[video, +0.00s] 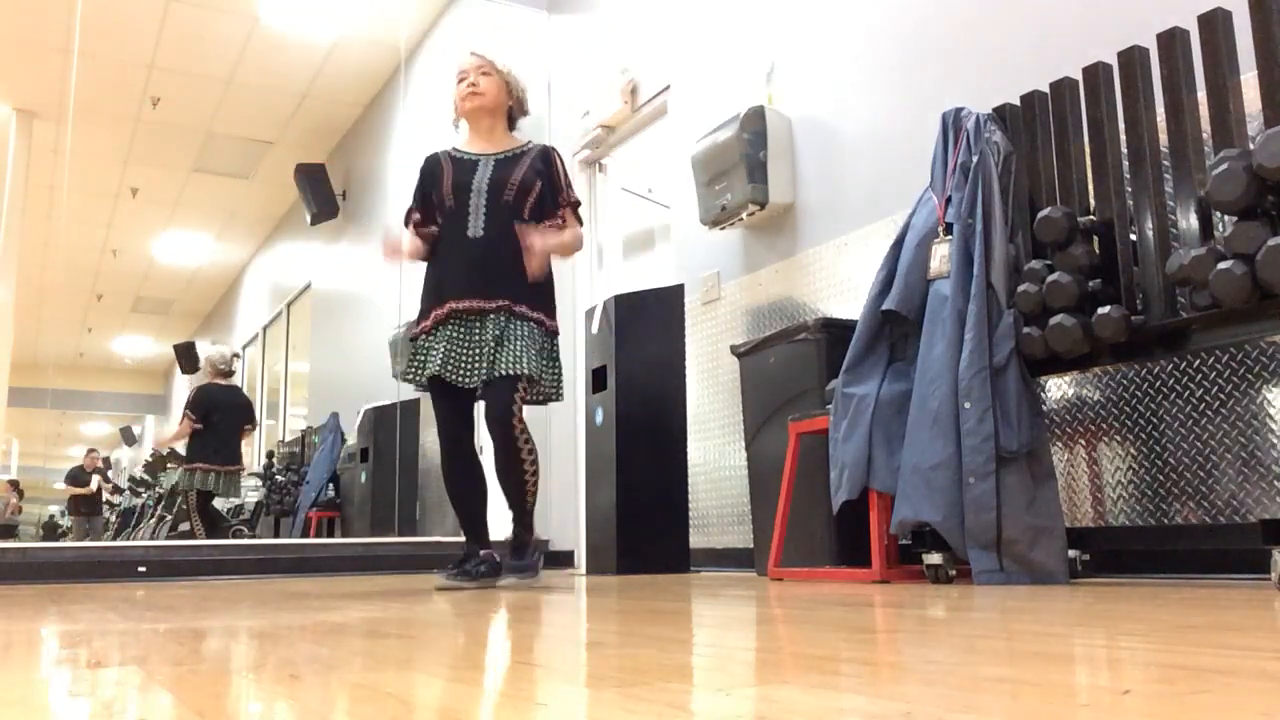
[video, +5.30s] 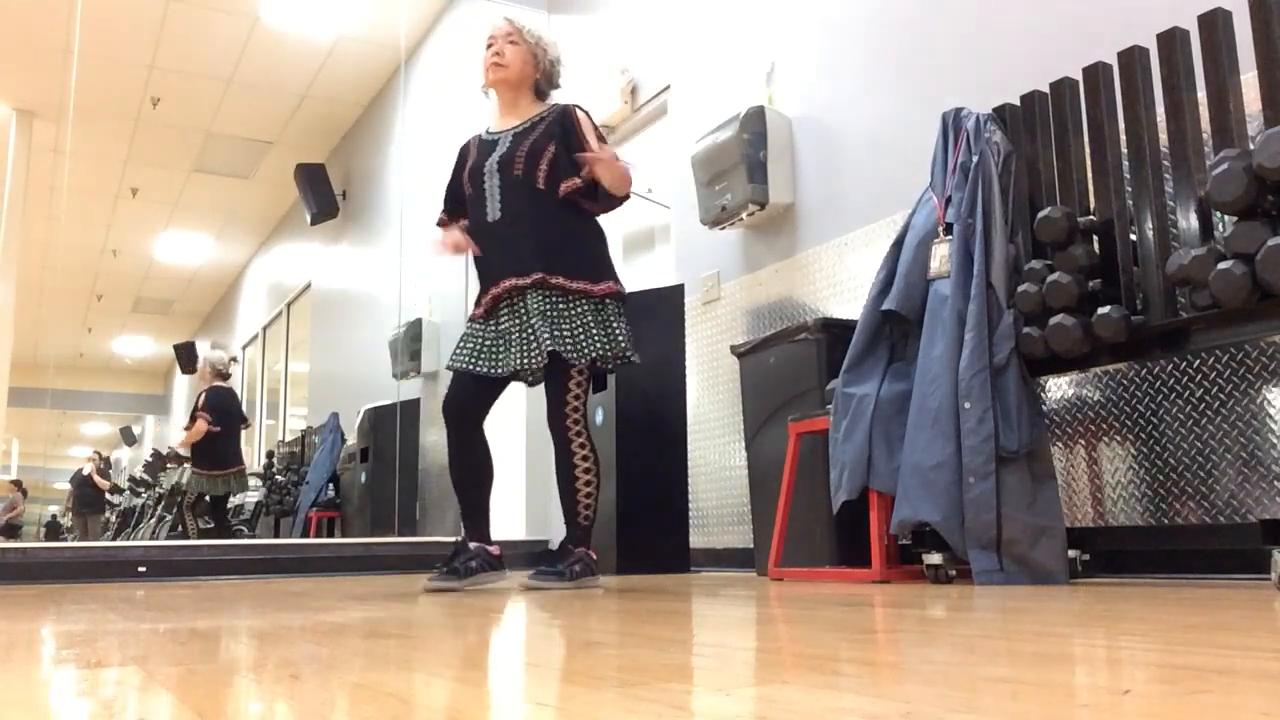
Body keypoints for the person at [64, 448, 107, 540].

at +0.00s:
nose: (95, 461)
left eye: (97, 459)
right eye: (92, 458)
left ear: (99, 460)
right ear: (85, 458)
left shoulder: (100, 472)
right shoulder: (74, 471)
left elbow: (110, 488)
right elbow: (66, 489)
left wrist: (101, 483)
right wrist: (84, 490)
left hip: (95, 512)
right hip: (78, 512)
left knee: (97, 539)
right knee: (78, 540)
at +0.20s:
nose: (92, 460)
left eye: (94, 458)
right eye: (89, 457)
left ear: (96, 459)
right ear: (82, 457)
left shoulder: (98, 471)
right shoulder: (73, 471)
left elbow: (109, 486)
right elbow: (61, 487)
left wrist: (100, 473)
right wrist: (76, 491)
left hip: (95, 512)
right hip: (78, 513)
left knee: (97, 541)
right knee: (78, 541)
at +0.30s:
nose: (90, 459)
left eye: (93, 457)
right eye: (88, 456)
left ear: (96, 459)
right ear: (81, 458)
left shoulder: (97, 471)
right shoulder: (72, 471)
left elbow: (108, 486)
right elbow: (59, 486)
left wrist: (98, 472)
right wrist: (68, 498)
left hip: (95, 511)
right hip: (78, 511)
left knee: (97, 541)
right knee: (77, 541)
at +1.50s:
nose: (84, 460)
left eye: (86, 458)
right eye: (81, 458)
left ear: (89, 460)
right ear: (76, 459)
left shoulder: (93, 471)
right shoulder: (67, 472)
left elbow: (103, 484)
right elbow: (58, 490)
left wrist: (91, 473)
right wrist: (56, 507)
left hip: (91, 512)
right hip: (73, 512)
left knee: (95, 540)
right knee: (74, 541)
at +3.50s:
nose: (93, 460)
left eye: (96, 458)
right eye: (90, 457)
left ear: (100, 460)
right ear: (85, 458)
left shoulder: (103, 472)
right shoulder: (76, 471)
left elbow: (111, 486)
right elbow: (64, 488)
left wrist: (99, 473)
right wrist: (61, 506)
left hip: (96, 512)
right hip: (78, 512)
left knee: (96, 540)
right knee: (78, 540)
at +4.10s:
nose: (103, 460)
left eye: (106, 458)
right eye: (101, 458)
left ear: (110, 460)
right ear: (97, 458)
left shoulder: (114, 471)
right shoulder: (88, 471)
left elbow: (120, 485)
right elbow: (78, 488)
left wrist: (108, 474)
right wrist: (74, 506)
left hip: (106, 512)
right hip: (88, 511)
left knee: (101, 540)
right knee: (84, 538)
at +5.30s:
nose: (91, 462)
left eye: (94, 460)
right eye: (89, 459)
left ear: (99, 461)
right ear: (86, 460)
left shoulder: (103, 472)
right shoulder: (79, 472)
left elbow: (107, 487)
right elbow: (71, 489)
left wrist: (94, 474)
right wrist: (67, 504)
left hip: (95, 510)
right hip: (78, 510)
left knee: (94, 538)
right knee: (81, 539)